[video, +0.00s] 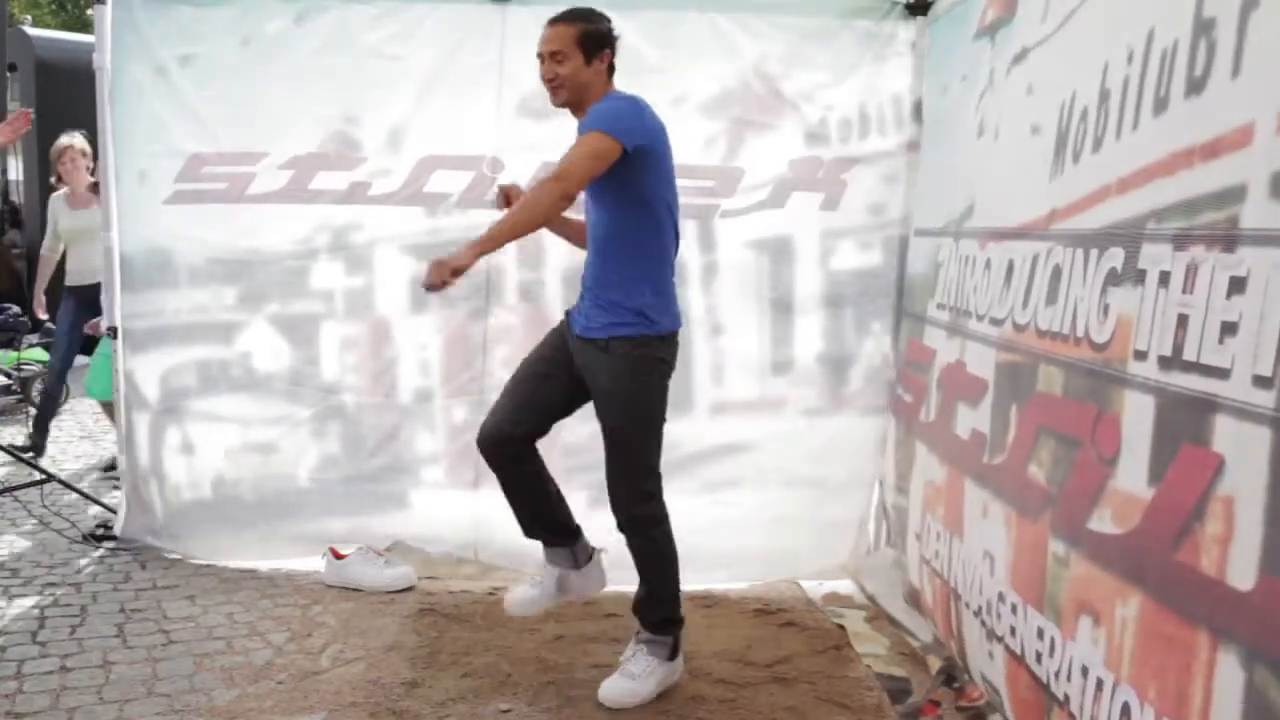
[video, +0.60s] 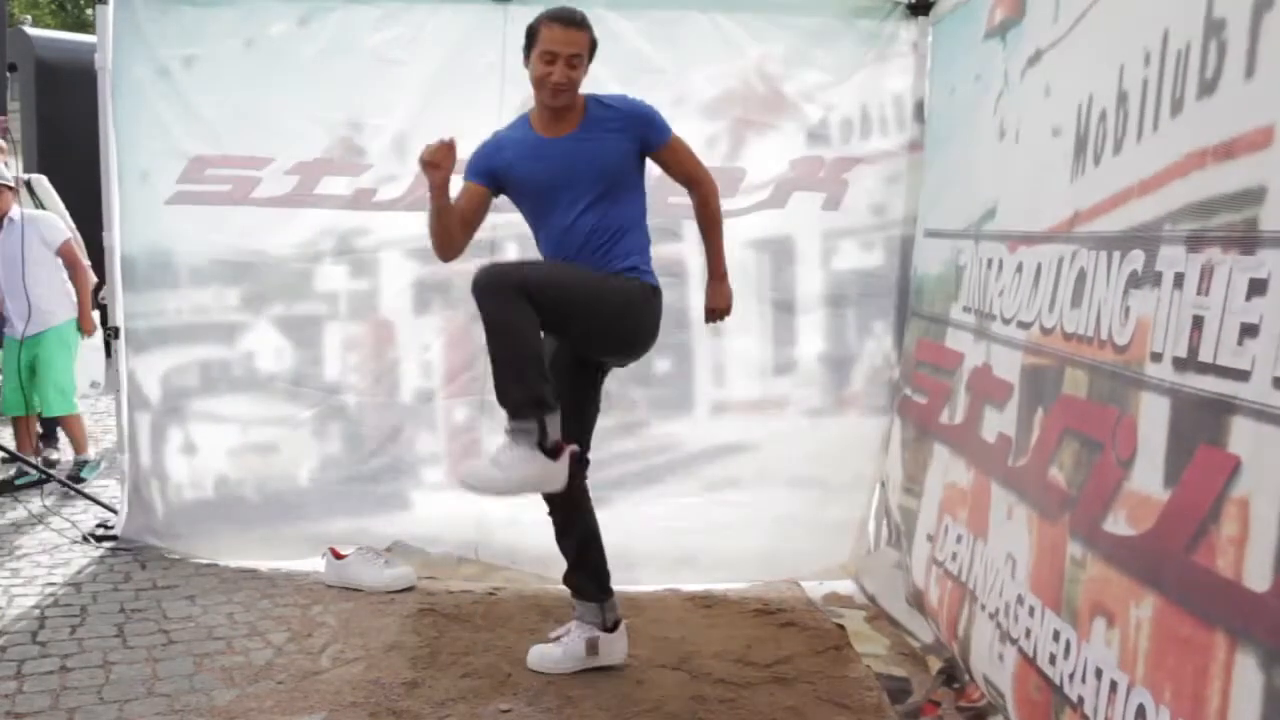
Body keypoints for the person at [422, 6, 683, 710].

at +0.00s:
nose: (547, 75)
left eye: (559, 60)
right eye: (543, 62)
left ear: (603, 61)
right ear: (554, 68)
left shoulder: (623, 113)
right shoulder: (606, 137)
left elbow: (555, 191)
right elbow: (611, 244)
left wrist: (466, 255)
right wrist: (536, 214)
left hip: (633, 339)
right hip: (584, 331)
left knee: (636, 500)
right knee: (502, 438)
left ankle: (660, 646)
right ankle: (572, 560)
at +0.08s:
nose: (537, 64)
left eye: (548, 50)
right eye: (532, 53)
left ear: (590, 50)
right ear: (550, 58)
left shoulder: (613, 100)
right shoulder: (593, 126)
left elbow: (568, 187)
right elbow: (599, 236)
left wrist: (505, 271)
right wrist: (524, 219)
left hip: (633, 329)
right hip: (581, 326)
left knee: (631, 494)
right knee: (524, 459)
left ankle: (665, 641)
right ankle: (577, 592)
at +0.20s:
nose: (527, 95)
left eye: (539, 81)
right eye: (522, 83)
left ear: (579, 82)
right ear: (527, 91)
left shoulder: (608, 141)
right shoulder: (577, 159)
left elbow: (608, 248)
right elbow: (581, 272)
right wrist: (510, 279)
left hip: (621, 358)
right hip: (578, 355)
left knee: (606, 516)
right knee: (556, 507)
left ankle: (676, 668)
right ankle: (601, 635)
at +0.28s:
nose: (522, 119)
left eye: (535, 105)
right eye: (516, 108)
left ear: (572, 109)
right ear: (516, 116)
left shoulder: (607, 167)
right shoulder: (560, 196)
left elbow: (641, 273)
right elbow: (566, 299)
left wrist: (644, 384)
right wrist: (493, 318)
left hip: (612, 371)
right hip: (567, 369)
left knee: (566, 525)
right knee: (531, 515)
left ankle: (665, 658)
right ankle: (600, 636)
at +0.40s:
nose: (527, 106)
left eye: (540, 94)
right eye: (518, 96)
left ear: (571, 94)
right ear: (512, 103)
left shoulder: (619, 152)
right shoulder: (532, 189)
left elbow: (686, 240)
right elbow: (516, 285)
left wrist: (705, 343)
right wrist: (461, 279)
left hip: (621, 344)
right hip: (568, 350)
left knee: (524, 465)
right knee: (544, 480)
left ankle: (604, 608)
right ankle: (596, 624)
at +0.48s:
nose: (537, 83)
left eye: (549, 70)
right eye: (526, 72)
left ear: (576, 72)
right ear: (515, 78)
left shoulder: (625, 129)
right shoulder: (515, 165)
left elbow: (701, 208)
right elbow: (482, 259)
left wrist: (718, 303)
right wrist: (442, 230)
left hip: (627, 315)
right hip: (569, 325)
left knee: (509, 387)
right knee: (569, 471)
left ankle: (565, 529)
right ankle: (602, 628)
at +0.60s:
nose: (559, 73)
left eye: (572, 62)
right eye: (548, 59)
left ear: (588, 67)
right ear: (527, 62)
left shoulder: (628, 120)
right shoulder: (500, 152)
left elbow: (702, 183)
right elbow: (448, 245)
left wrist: (717, 277)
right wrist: (439, 185)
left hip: (631, 308)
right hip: (570, 318)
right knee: (561, 471)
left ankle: (536, 445)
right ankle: (599, 625)